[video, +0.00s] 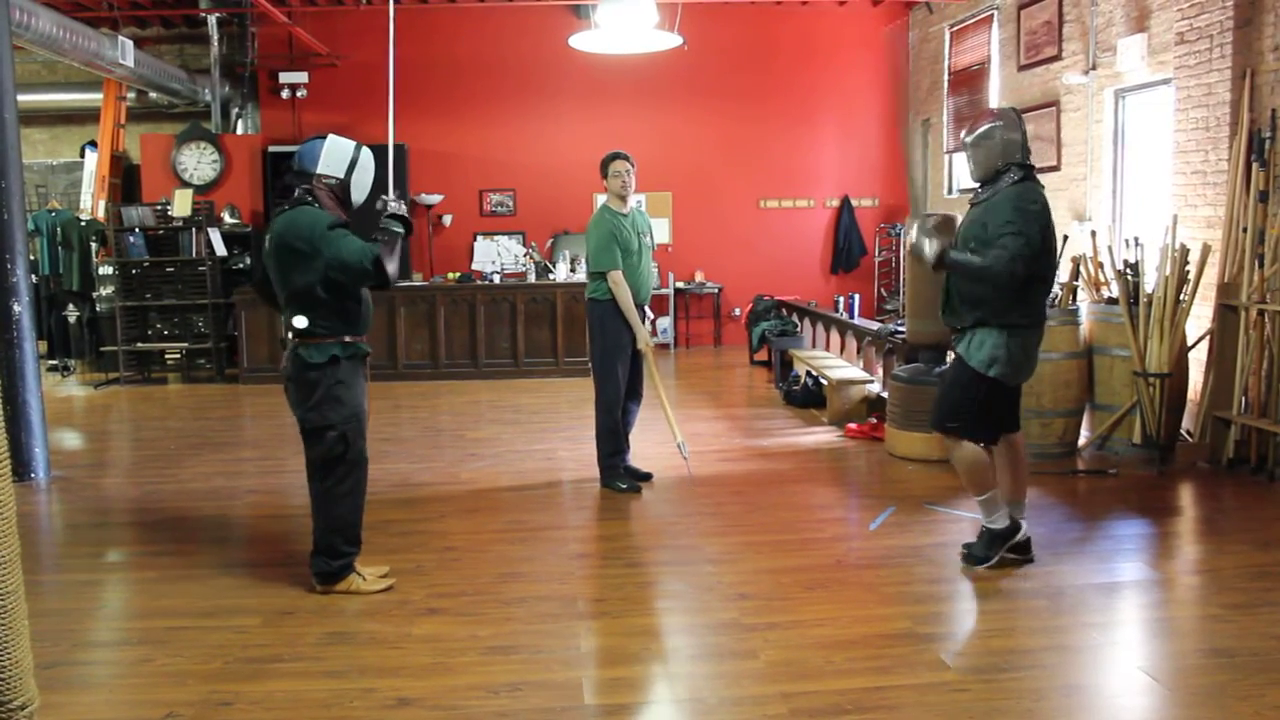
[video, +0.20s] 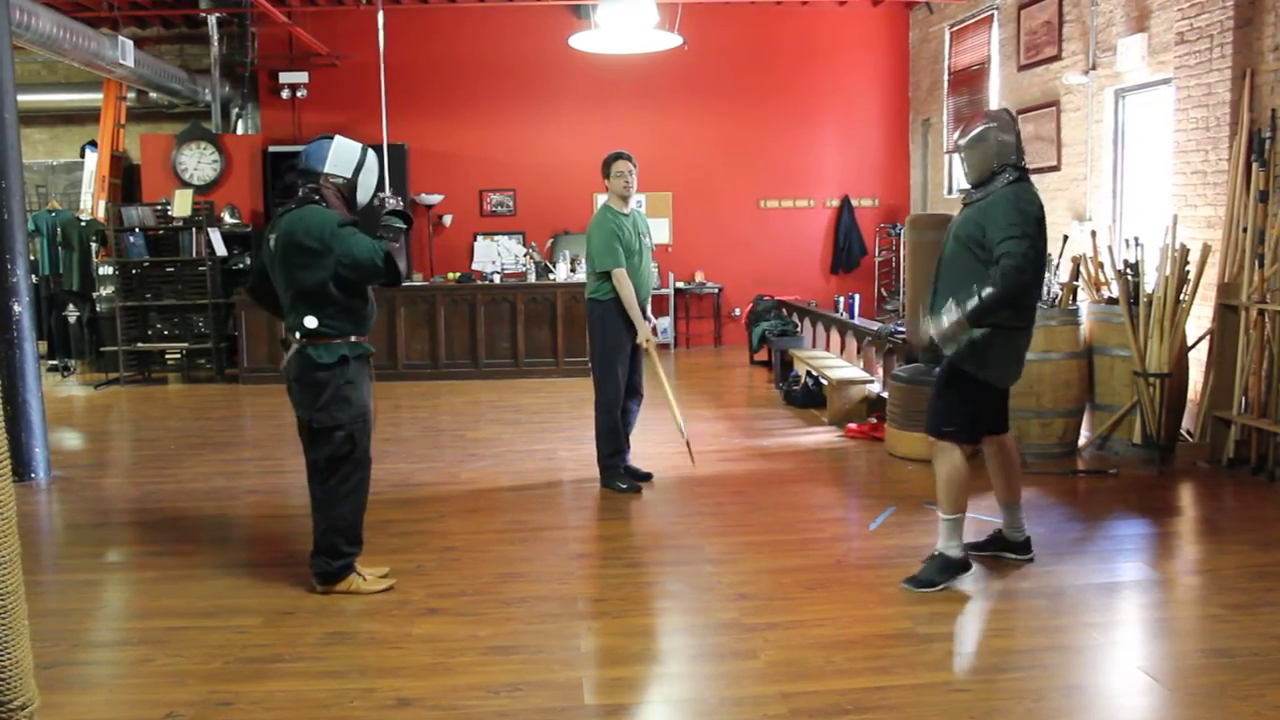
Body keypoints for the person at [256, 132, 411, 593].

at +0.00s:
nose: (354, 199)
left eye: (355, 191)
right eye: (351, 189)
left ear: (314, 182)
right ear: (330, 182)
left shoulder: (286, 225)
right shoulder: (313, 225)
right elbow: (372, 265)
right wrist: (391, 223)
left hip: (315, 360)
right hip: (331, 362)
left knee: (333, 466)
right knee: (342, 465)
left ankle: (335, 563)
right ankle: (335, 570)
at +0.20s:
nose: (357, 196)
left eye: (357, 189)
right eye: (354, 187)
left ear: (312, 182)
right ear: (333, 182)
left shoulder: (285, 227)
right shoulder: (322, 225)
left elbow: (257, 285)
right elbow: (383, 263)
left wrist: (298, 313)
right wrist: (387, 220)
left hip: (312, 359)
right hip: (335, 362)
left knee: (331, 467)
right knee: (345, 466)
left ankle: (334, 563)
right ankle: (335, 571)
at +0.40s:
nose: (356, 197)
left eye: (356, 188)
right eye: (352, 186)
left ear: (313, 182)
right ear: (333, 182)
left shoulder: (286, 225)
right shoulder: (322, 225)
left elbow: (254, 272)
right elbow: (372, 272)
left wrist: (294, 308)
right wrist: (408, 241)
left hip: (309, 361)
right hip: (332, 363)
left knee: (331, 467)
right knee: (344, 467)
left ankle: (334, 563)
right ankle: (335, 571)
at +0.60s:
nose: (358, 199)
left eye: (359, 190)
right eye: (356, 188)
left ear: (316, 179)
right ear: (337, 180)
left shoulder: (282, 223)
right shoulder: (320, 224)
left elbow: (253, 259)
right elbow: (342, 281)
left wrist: (293, 292)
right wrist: (394, 298)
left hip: (301, 358)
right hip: (327, 360)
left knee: (322, 462)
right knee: (339, 464)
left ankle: (319, 559)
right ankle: (334, 571)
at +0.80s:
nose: (352, 199)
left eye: (353, 190)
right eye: (350, 189)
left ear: (310, 181)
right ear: (331, 182)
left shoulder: (277, 225)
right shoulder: (312, 228)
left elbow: (249, 268)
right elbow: (322, 299)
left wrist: (285, 306)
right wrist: (360, 353)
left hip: (290, 359)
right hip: (314, 359)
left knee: (304, 456)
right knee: (341, 462)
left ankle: (263, 548)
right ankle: (336, 569)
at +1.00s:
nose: (338, 207)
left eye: (337, 197)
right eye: (334, 195)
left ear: (297, 188)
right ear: (314, 189)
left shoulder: (268, 228)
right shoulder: (294, 230)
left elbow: (241, 271)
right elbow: (286, 302)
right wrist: (296, 369)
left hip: (287, 360)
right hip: (312, 364)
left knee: (283, 460)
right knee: (337, 463)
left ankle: (251, 556)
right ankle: (337, 569)